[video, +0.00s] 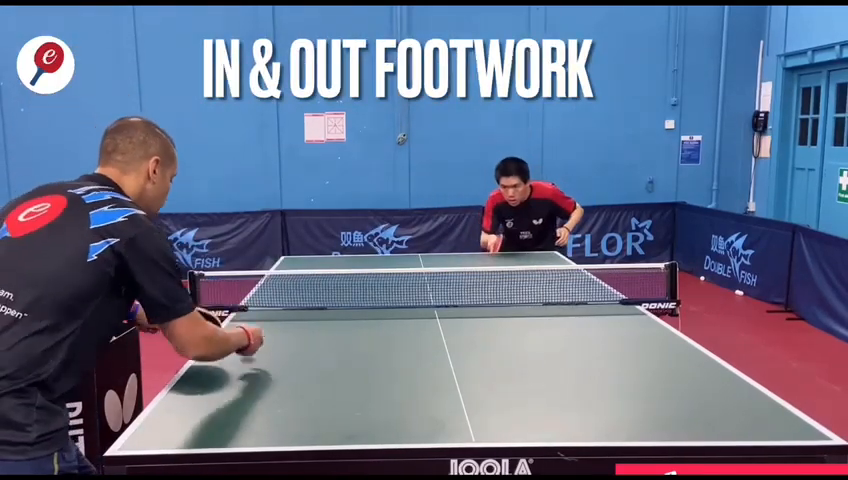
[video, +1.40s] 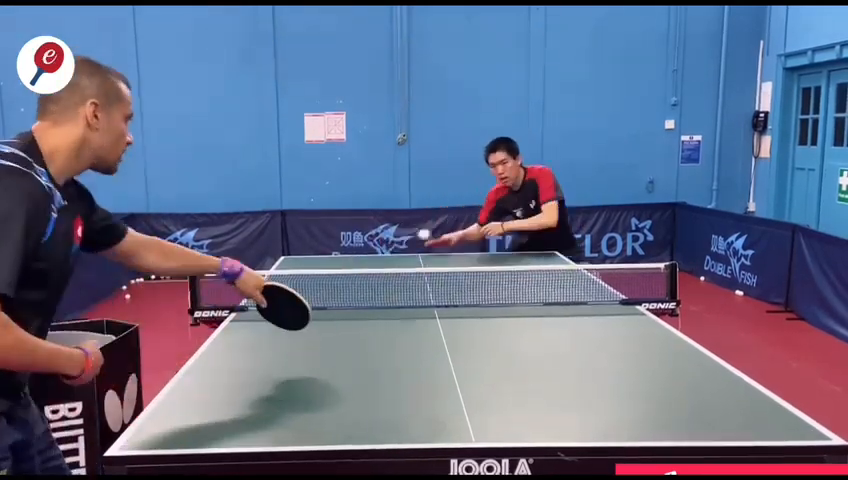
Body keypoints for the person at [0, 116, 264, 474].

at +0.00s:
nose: (166, 198)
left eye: (171, 184)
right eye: (170, 182)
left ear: (106, 160)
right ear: (152, 170)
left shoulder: (35, 199)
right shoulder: (133, 227)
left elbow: (54, 299)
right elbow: (196, 343)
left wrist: (138, 315)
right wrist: (239, 337)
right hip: (23, 432)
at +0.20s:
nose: (173, 213)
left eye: (178, 199)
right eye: (178, 197)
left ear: (115, 176)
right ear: (162, 186)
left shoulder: (52, 211)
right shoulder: (128, 237)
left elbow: (94, 294)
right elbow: (183, 360)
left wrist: (178, 308)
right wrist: (231, 351)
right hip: (18, 425)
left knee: (89, 469)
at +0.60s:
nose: (141, 156)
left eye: (143, 143)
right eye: (142, 143)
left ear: (70, 136)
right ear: (125, 141)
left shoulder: (18, 187)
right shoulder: (92, 219)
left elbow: (54, 283)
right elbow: (135, 351)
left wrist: (147, 295)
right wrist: (194, 344)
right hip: (26, 442)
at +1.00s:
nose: (133, 158)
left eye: (136, 145)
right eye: (134, 143)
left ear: (60, 130)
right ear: (114, 135)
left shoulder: (10, 179)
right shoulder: (81, 205)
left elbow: (22, 310)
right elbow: (89, 353)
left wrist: (108, 327)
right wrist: (144, 373)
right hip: (14, 440)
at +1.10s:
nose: (150, 179)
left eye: (154, 165)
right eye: (151, 162)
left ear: (79, 143)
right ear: (126, 150)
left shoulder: (16, 189)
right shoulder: (76, 209)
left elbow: (36, 317)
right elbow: (61, 354)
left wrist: (138, 333)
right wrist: (120, 378)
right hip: (11, 438)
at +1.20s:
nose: (158, 182)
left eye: (160, 167)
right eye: (157, 164)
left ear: (127, 153)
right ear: (128, 152)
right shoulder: (59, 209)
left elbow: (116, 302)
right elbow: (25, 346)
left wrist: (218, 319)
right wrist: (96, 378)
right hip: (11, 441)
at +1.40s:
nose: (130, 138)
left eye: (130, 123)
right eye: (126, 121)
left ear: (90, 115)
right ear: (91, 114)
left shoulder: (66, 194)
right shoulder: (15, 186)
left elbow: (138, 250)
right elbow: (3, 332)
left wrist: (232, 269)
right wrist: (72, 360)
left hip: (17, 400)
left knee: (55, 472)